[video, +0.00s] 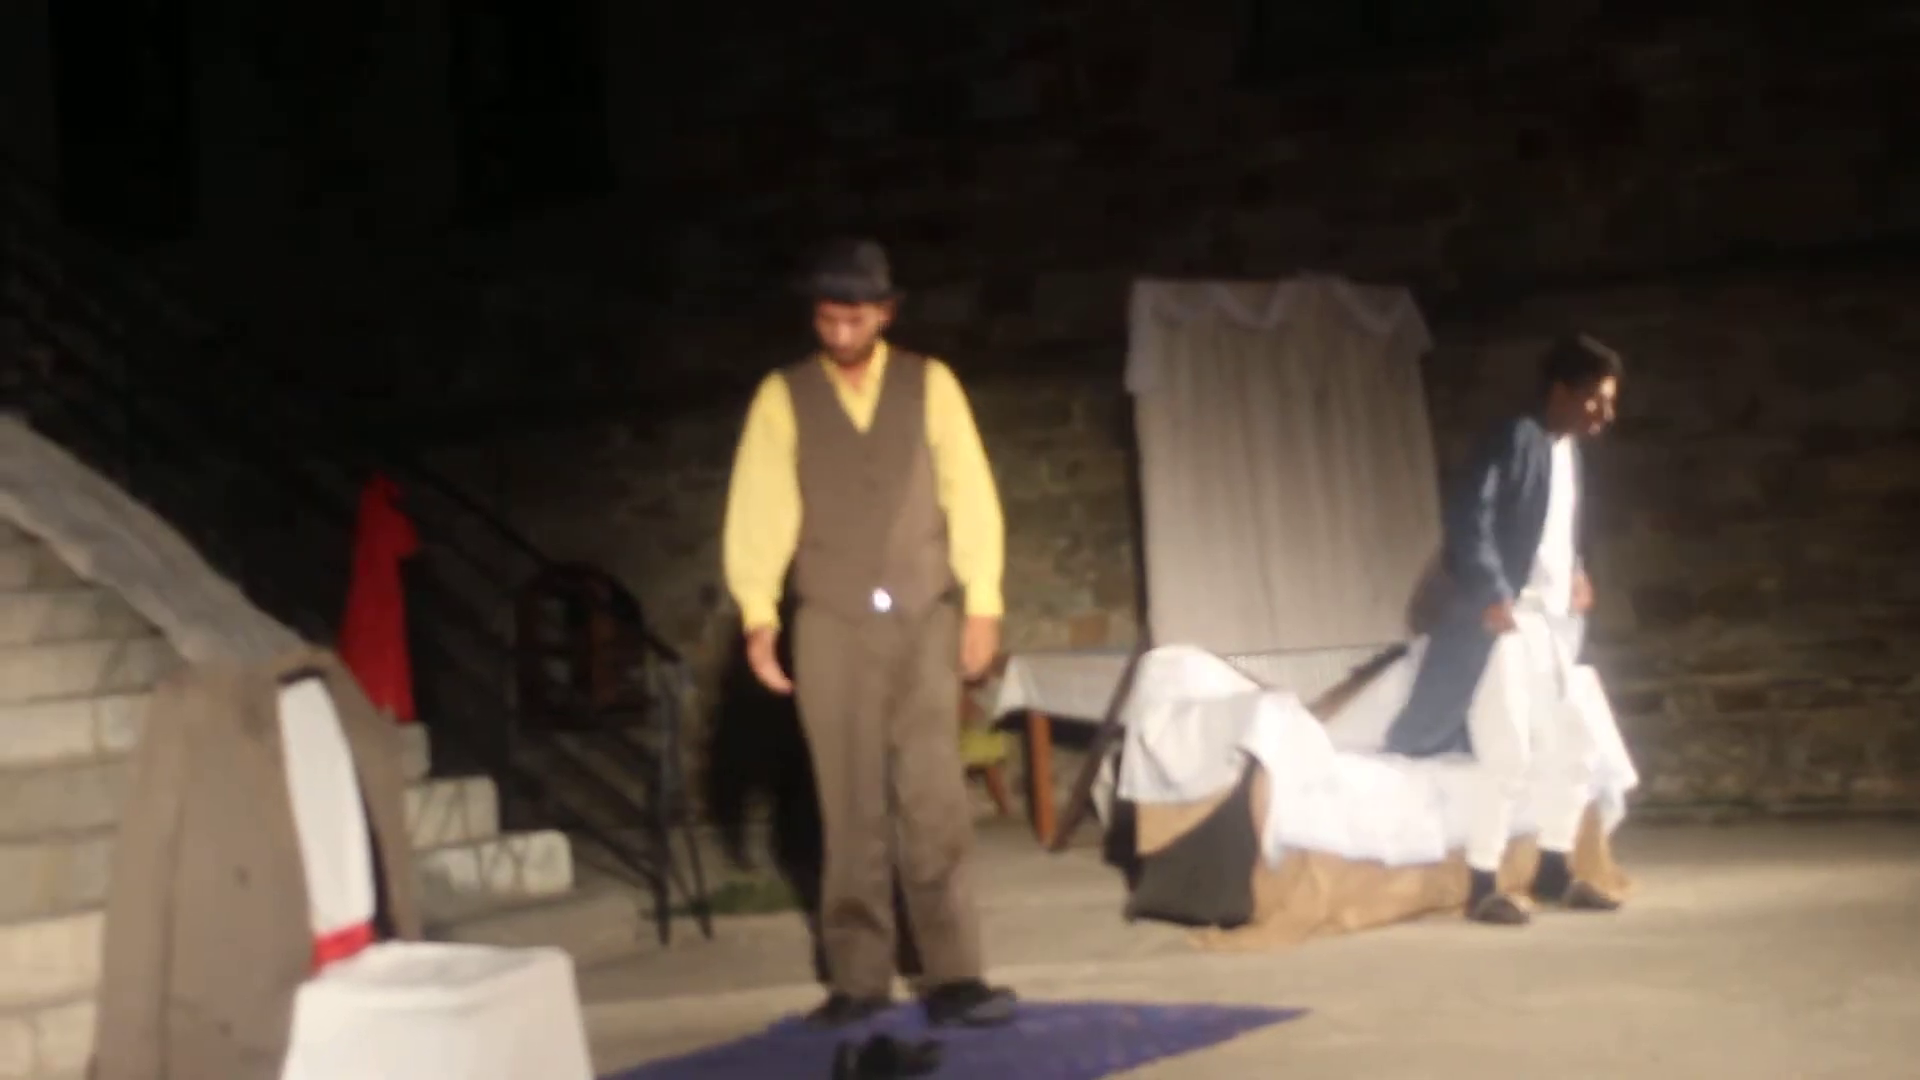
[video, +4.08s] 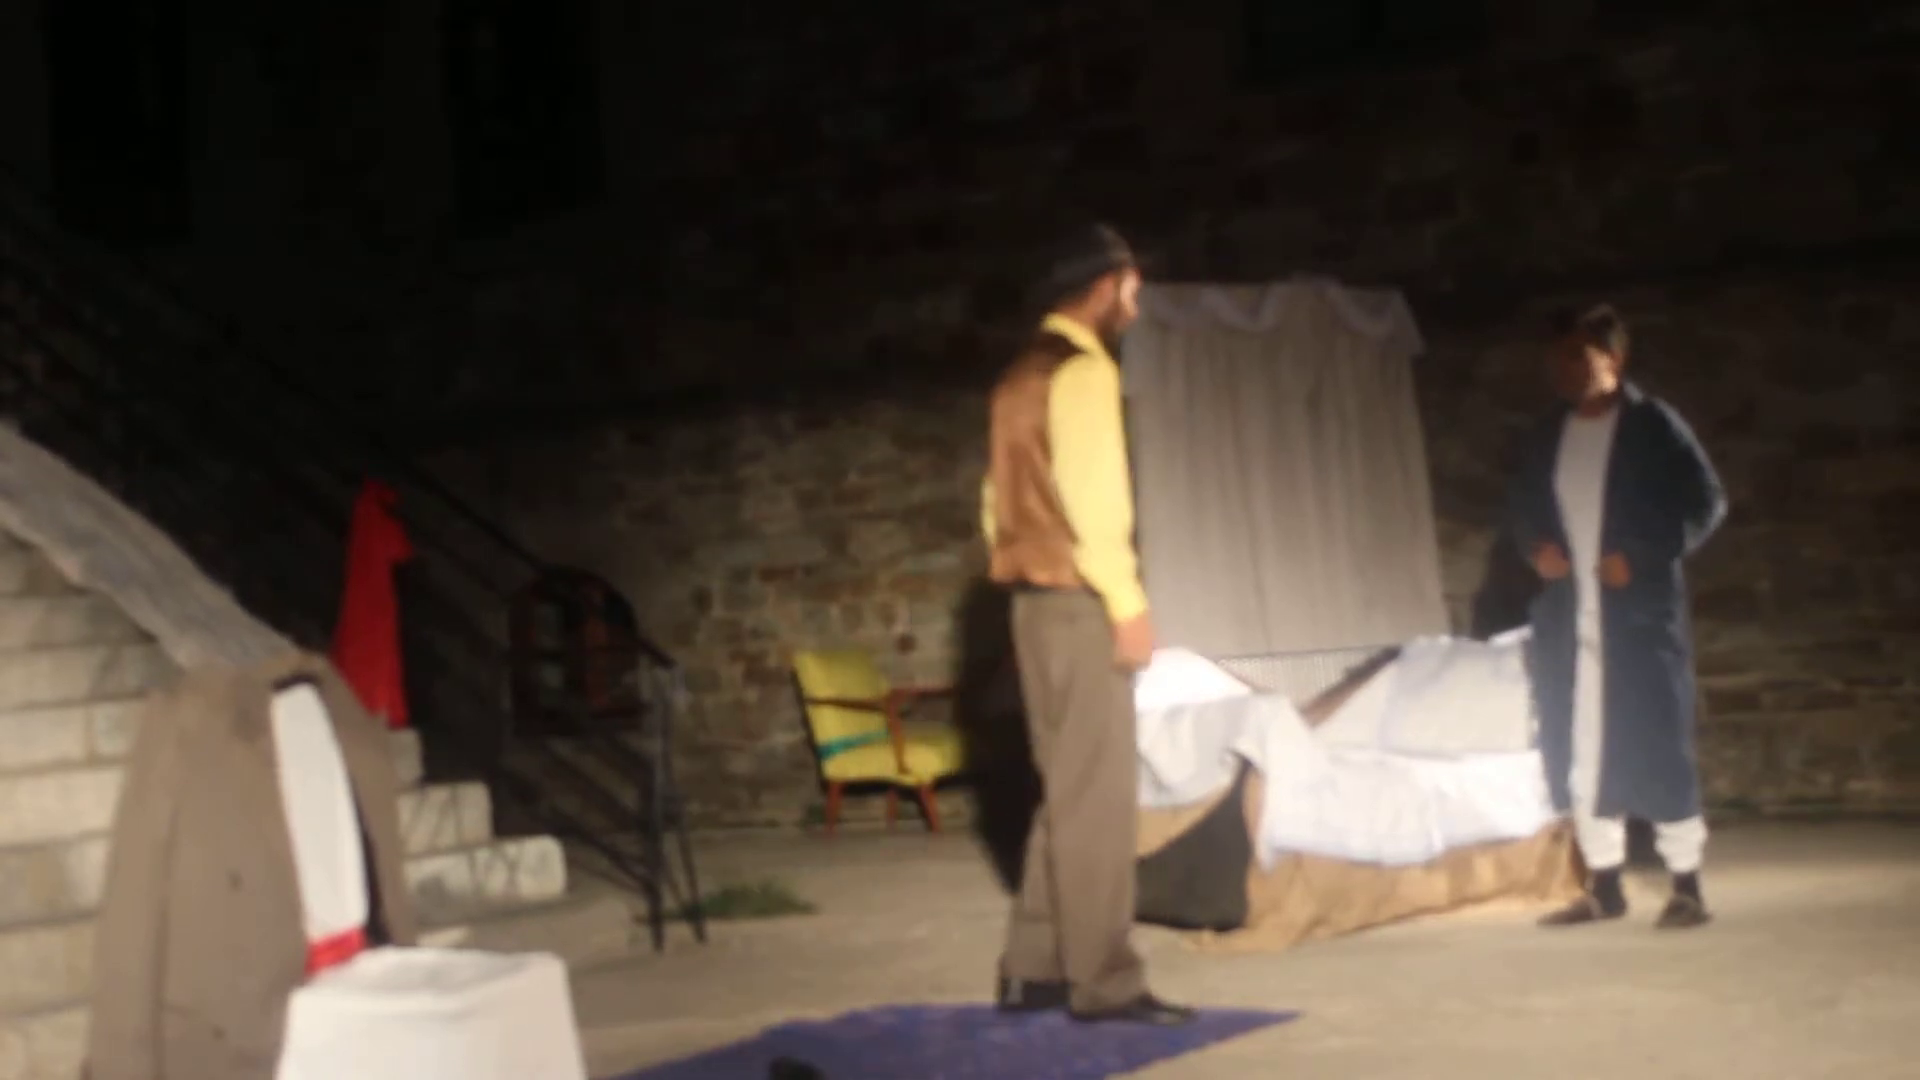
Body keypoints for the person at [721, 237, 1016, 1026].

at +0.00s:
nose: (844, 329)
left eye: (859, 313)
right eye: (831, 312)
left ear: (887, 312)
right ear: (812, 313)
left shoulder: (932, 386)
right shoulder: (782, 399)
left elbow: (972, 498)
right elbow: (757, 509)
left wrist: (982, 607)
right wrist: (758, 613)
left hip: (927, 624)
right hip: (829, 628)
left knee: (934, 801)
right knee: (849, 806)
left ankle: (952, 974)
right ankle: (858, 980)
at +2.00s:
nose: (907, 315)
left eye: (911, 299)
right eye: (894, 298)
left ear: (892, 302)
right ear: (844, 292)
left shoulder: (902, 387)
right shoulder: (766, 387)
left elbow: (930, 498)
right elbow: (722, 515)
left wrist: (950, 594)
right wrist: (744, 628)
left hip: (902, 629)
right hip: (818, 631)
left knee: (919, 816)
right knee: (823, 824)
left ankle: (943, 1004)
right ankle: (812, 1023)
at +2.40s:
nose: (989, 314)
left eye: (992, 297)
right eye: (983, 295)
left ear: (946, 289)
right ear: (941, 288)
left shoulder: (920, 374)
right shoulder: (877, 373)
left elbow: (899, 500)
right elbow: (820, 484)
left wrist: (942, 613)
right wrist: (843, 599)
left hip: (931, 616)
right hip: (901, 617)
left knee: (947, 809)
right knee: (935, 811)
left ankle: (946, 999)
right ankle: (935, 1008)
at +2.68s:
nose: (1023, 324)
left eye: (1027, 307)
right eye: (1018, 305)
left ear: (969, 298)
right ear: (980, 292)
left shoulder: (923, 362)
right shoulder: (952, 366)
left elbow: (920, 491)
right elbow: (932, 486)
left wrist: (952, 596)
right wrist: (953, 606)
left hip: (909, 607)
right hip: (949, 608)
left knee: (948, 808)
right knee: (1013, 799)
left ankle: (942, 1002)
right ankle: (1020, 1002)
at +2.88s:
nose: (1056, 349)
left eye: (1062, 334)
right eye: (1056, 329)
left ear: (1004, 305)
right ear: (1025, 306)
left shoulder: (919, 382)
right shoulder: (999, 377)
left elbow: (876, 498)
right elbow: (1019, 504)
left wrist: (897, 593)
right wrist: (1067, 606)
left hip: (926, 612)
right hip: (979, 609)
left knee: (1010, 790)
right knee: (1025, 800)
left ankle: (971, 961)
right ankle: (1023, 1005)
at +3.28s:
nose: (1083, 360)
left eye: (1090, 347)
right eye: (1084, 342)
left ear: (1043, 317)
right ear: (1051, 315)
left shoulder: (972, 378)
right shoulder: (1012, 379)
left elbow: (929, 504)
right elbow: (998, 492)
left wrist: (924, 619)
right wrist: (1023, 602)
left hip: (948, 605)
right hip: (986, 606)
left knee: (984, 797)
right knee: (1066, 771)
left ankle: (1015, 974)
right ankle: (1069, 965)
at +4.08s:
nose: (1133, 302)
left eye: (1133, 286)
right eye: (1131, 287)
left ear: (1064, 291)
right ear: (1109, 287)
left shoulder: (1023, 376)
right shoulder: (1085, 371)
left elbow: (997, 498)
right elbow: (1095, 494)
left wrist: (1018, 568)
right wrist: (1127, 605)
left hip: (1034, 600)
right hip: (1077, 601)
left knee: (1070, 788)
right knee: (1097, 790)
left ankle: (1036, 967)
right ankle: (1106, 983)